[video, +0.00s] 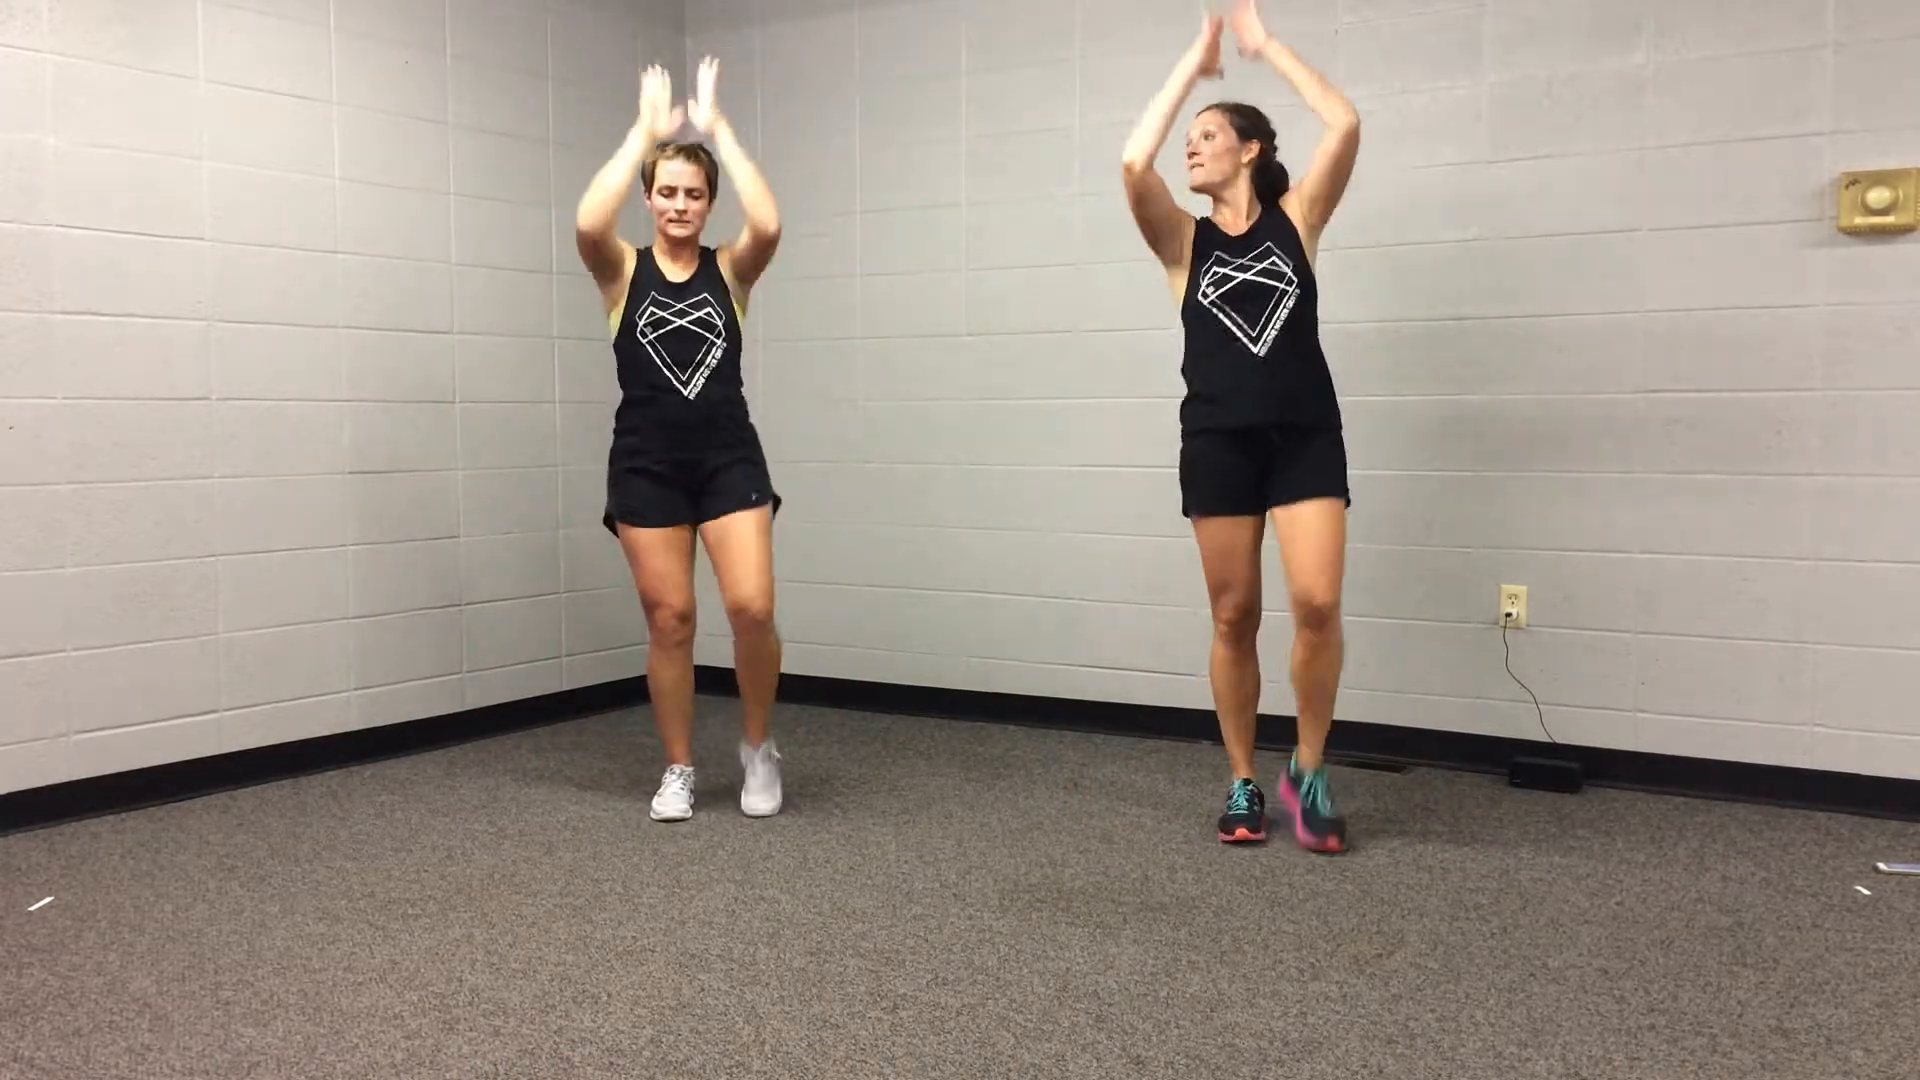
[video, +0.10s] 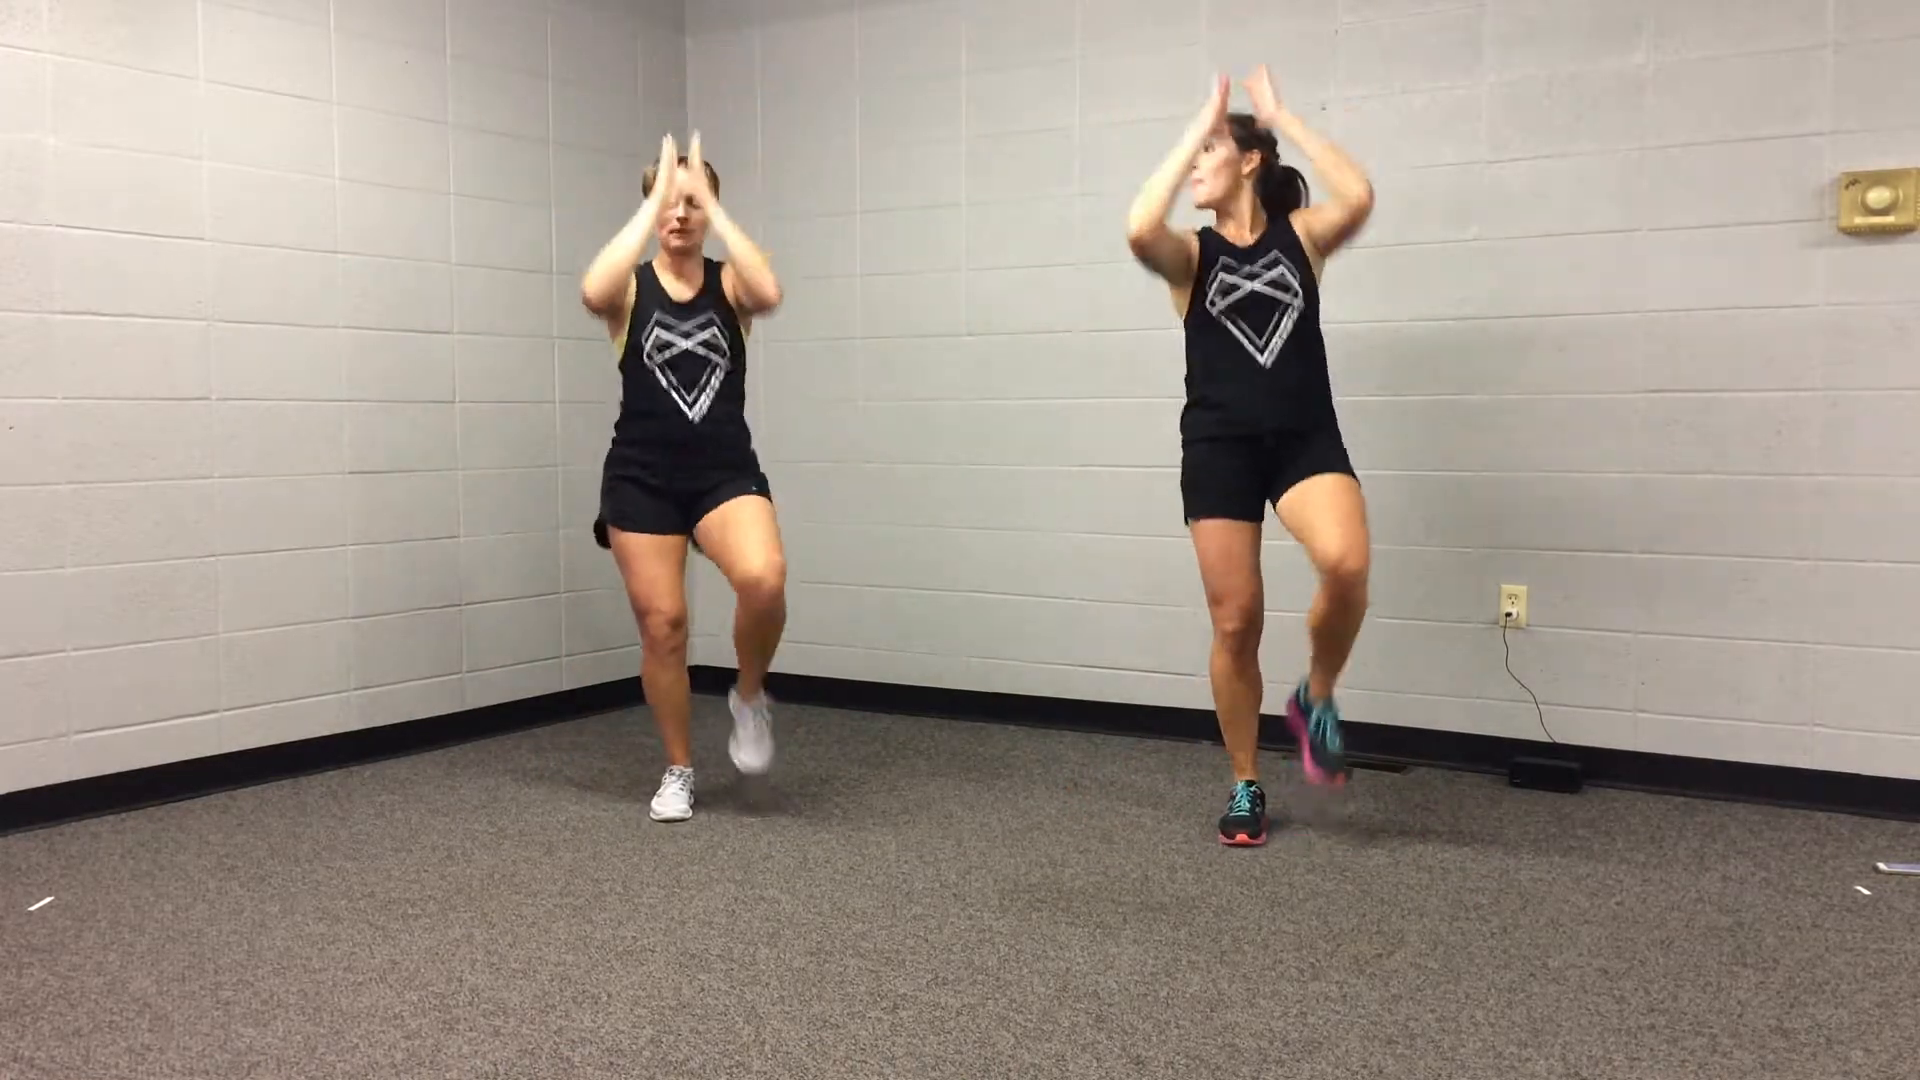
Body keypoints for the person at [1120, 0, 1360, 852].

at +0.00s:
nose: (1191, 151)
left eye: (1207, 137)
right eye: (1189, 143)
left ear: (1253, 150)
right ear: (1193, 164)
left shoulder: (1297, 219)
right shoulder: (1182, 239)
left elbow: (1346, 121)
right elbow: (1134, 169)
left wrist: (1266, 43)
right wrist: (1193, 68)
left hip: (1306, 438)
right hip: (1218, 443)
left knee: (1319, 607)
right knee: (1233, 618)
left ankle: (1309, 773)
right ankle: (1243, 779)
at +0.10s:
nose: (1199, 162)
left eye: (1213, 150)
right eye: (1196, 152)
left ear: (1252, 161)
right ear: (1203, 169)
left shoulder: (1301, 237)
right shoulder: (1190, 256)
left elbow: (1355, 196)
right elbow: (1141, 230)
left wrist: (1284, 118)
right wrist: (1194, 138)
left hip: (1306, 440)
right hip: (1219, 450)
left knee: (1347, 564)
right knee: (1235, 621)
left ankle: (1316, 699)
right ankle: (1243, 783)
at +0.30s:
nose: (1208, 152)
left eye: (1223, 138)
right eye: (1207, 141)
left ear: (1270, 148)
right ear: (1213, 157)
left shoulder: (1323, 231)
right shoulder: (1196, 241)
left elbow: (1384, 319)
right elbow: (1158, 338)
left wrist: (1306, 255)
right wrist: (1238, 258)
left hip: (1315, 429)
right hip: (1228, 434)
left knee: (1346, 587)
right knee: (1242, 610)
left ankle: (1315, 722)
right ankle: (1245, 778)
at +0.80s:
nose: (1294, 175)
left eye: (1306, 162)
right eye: (1280, 163)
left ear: (1325, 168)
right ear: (1253, 170)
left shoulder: (1357, 247)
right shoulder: (1231, 247)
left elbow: (1384, 325)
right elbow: (1223, 331)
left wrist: (1349, 252)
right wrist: (1268, 253)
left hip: (1330, 434)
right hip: (1246, 426)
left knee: (1319, 618)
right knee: (1245, 547)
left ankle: (1310, 779)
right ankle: (1254, 685)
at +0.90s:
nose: (1292, 151)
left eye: (1304, 139)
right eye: (1276, 141)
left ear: (1322, 151)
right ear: (1254, 157)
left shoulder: (1359, 240)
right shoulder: (1226, 241)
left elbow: (1367, 339)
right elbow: (1222, 340)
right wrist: (1277, 360)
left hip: (1331, 426)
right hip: (1243, 426)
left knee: (1316, 614)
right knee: (1250, 611)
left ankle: (1307, 780)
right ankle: (1248, 775)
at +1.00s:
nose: (1286, 139)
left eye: (1299, 130)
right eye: (1272, 132)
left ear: (1321, 155)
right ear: (1252, 158)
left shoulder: (1356, 250)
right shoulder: (1221, 248)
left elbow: (1371, 359)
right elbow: (1213, 358)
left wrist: (1389, 463)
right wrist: (1217, 451)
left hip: (1330, 453)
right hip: (1245, 452)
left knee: (1315, 616)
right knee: (1245, 617)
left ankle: (1309, 780)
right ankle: (1244, 780)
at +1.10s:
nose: (1286, 128)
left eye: (1300, 124)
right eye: (1272, 125)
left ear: (1322, 155)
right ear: (1254, 160)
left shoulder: (1360, 241)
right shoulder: (1224, 245)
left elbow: (1410, 357)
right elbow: (1189, 356)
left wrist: (1468, 452)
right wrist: (1135, 450)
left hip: (1329, 446)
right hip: (1239, 443)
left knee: (1313, 616)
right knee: (1235, 611)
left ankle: (1309, 779)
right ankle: (1243, 771)